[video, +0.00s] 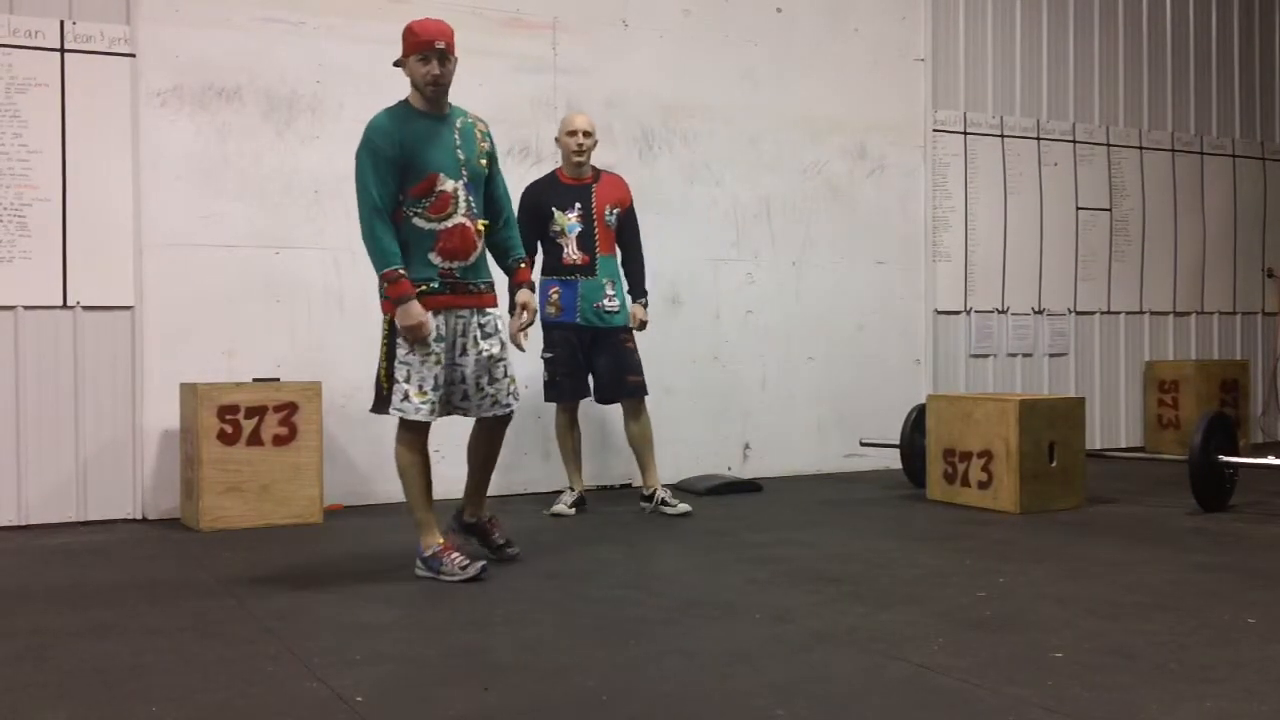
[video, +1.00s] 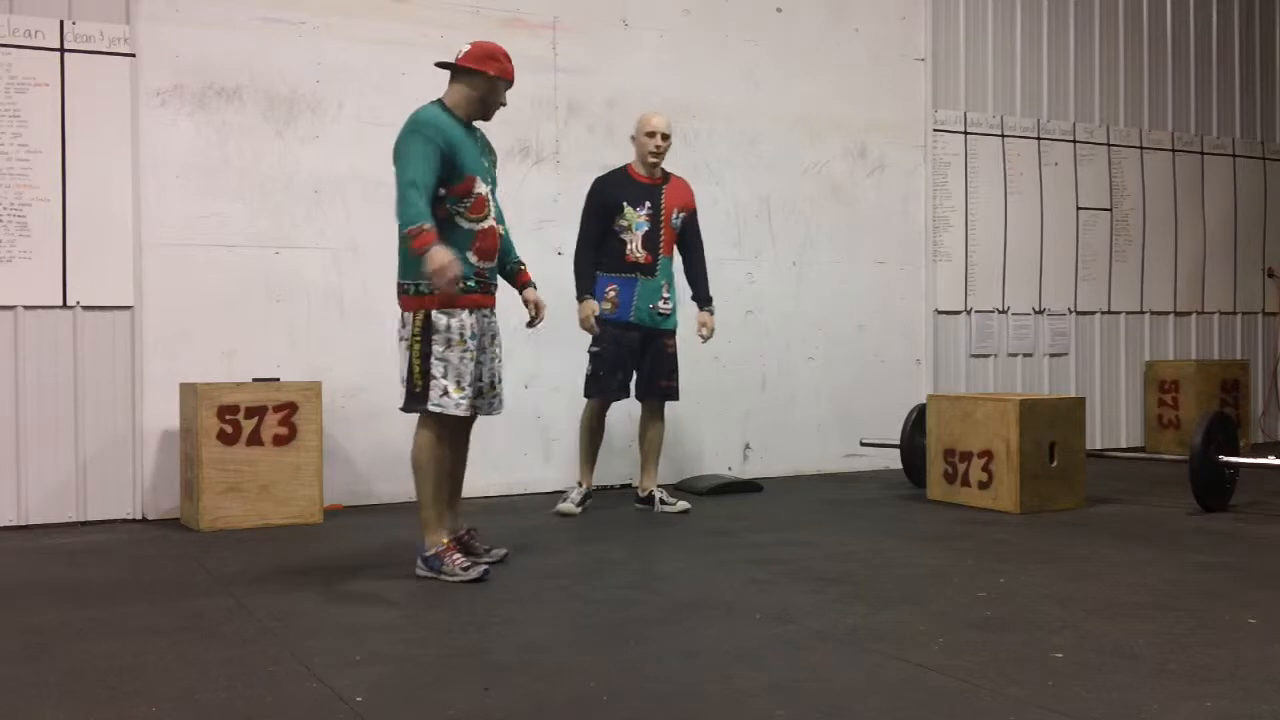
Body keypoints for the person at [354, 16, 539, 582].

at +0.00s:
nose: (437, 66)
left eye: (444, 56)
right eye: (425, 57)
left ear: (455, 62)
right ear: (405, 65)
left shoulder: (475, 130)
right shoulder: (384, 132)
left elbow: (499, 214)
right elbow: (374, 219)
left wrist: (522, 281)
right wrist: (401, 296)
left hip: (477, 300)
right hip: (418, 301)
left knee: (497, 405)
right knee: (414, 419)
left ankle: (473, 512)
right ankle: (430, 544)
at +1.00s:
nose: (503, 101)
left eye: (506, 92)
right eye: (501, 89)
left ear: (479, 83)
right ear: (474, 80)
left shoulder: (480, 144)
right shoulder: (426, 128)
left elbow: (490, 220)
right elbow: (411, 199)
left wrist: (524, 282)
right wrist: (431, 249)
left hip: (476, 300)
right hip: (438, 299)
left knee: (461, 415)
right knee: (437, 416)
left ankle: (451, 532)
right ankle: (433, 547)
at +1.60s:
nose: (505, 113)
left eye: (508, 104)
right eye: (506, 102)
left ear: (476, 86)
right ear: (488, 89)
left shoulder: (459, 137)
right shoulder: (436, 132)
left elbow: (485, 204)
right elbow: (486, 200)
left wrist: (553, 200)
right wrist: (565, 201)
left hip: (460, 292)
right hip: (440, 294)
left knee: (460, 409)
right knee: (452, 409)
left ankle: (446, 530)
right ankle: (424, 541)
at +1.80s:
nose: (499, 111)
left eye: (502, 101)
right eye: (499, 100)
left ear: (468, 85)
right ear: (480, 89)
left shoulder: (457, 135)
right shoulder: (429, 135)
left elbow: (479, 193)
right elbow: (473, 209)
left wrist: (524, 189)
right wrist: (552, 218)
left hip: (462, 296)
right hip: (434, 297)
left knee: (452, 417)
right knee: (432, 416)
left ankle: (448, 532)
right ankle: (402, 545)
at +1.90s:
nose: (497, 108)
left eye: (500, 98)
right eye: (497, 97)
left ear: (467, 84)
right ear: (476, 87)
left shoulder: (457, 133)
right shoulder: (424, 134)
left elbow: (482, 185)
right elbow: (463, 211)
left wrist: (526, 183)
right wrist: (539, 226)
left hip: (460, 297)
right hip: (428, 300)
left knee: (449, 420)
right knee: (421, 419)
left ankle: (447, 533)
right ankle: (401, 546)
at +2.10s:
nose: (490, 105)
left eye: (493, 95)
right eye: (489, 94)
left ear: (462, 83)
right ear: (467, 84)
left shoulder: (453, 132)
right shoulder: (411, 135)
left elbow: (483, 164)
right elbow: (438, 216)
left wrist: (528, 140)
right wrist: (508, 236)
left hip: (455, 298)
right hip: (416, 300)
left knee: (447, 419)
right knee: (409, 419)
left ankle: (449, 533)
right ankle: (400, 545)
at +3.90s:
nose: (498, 108)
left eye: (509, 105)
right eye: (493, 96)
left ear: (514, 115)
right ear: (471, 93)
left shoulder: (493, 176)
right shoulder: (426, 127)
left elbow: (522, 249)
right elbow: (376, 184)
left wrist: (571, 307)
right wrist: (385, 261)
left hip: (446, 303)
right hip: (403, 292)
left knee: (429, 415)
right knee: (400, 412)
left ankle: (429, 530)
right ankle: (402, 538)